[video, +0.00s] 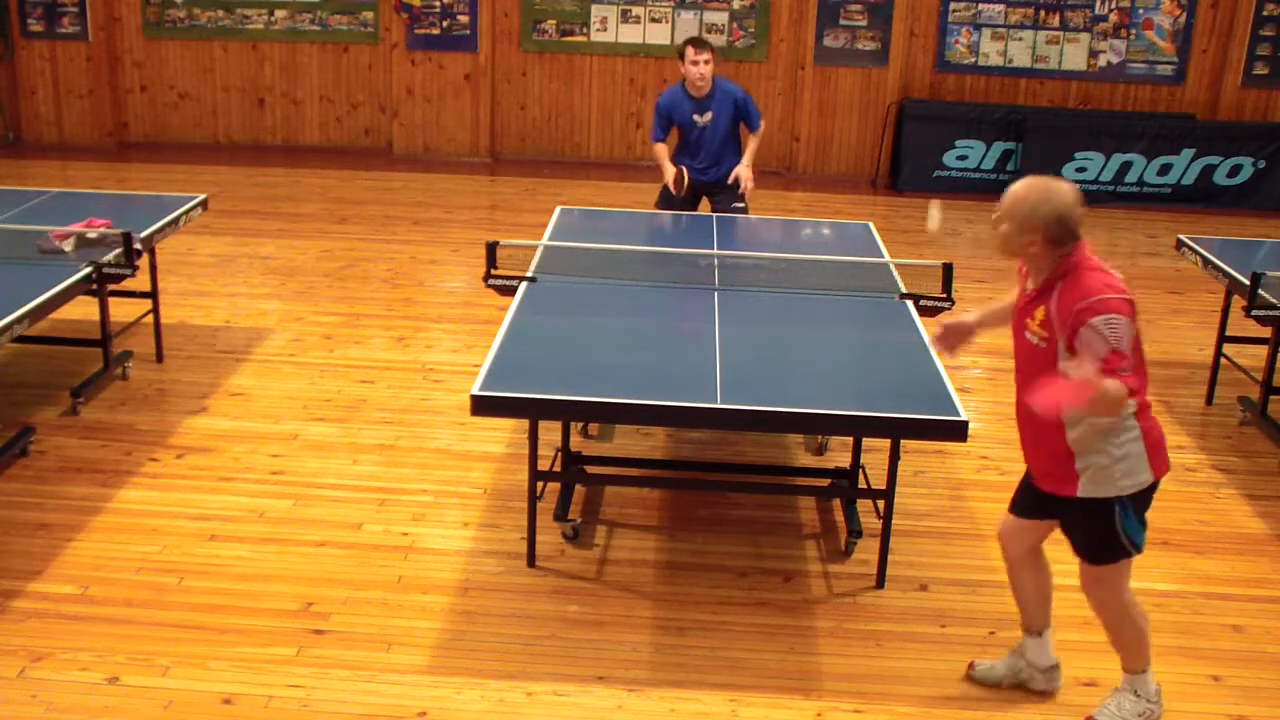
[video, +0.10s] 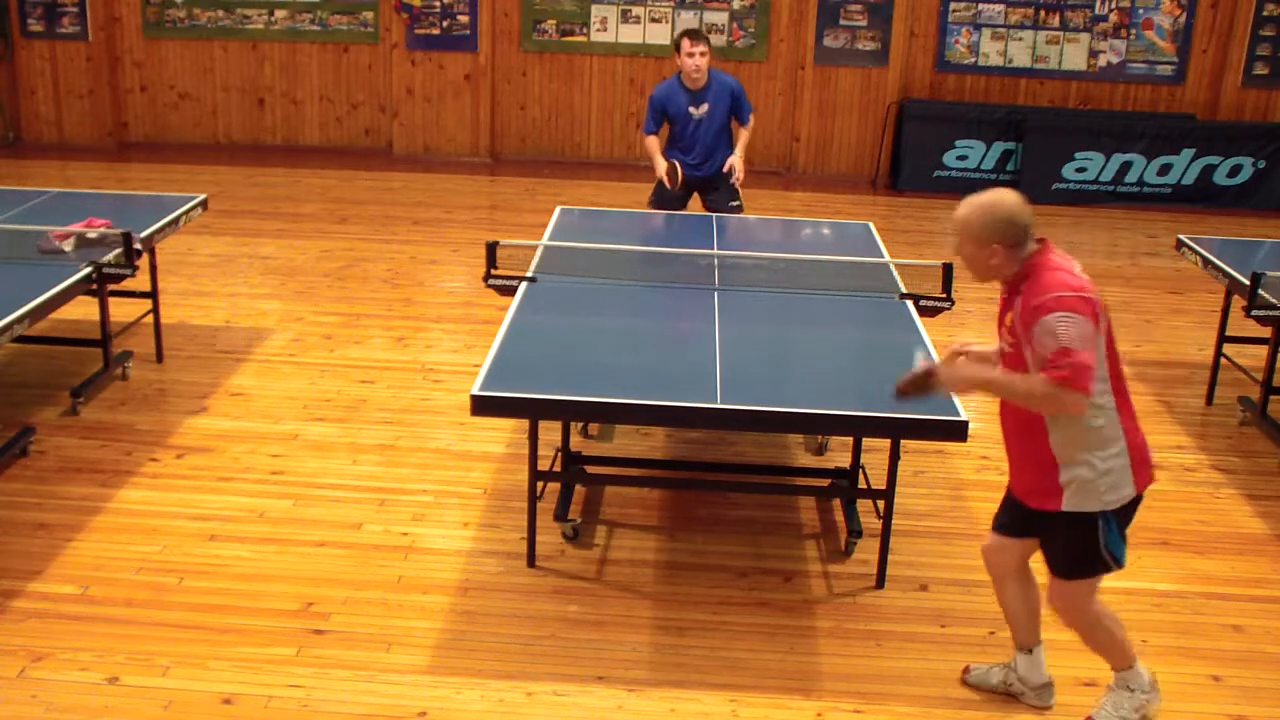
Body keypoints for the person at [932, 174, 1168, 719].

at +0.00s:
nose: (997, 225)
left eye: (1005, 222)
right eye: (1001, 217)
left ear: (1034, 244)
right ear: (1037, 242)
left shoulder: (1097, 298)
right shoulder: (1043, 266)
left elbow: (1119, 397)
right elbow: (1026, 307)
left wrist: (1084, 390)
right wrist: (972, 323)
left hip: (1109, 466)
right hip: (1059, 453)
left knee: (1106, 586)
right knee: (1016, 537)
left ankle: (1141, 691)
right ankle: (1037, 661)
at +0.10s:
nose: (959, 255)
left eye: (964, 247)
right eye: (959, 245)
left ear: (996, 253)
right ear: (1003, 247)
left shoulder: (1056, 297)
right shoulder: (1028, 277)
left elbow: (1070, 395)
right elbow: (1041, 357)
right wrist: (991, 357)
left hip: (1092, 477)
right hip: (1047, 464)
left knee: (1070, 599)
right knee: (1002, 552)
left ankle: (1136, 683)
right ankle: (1029, 672)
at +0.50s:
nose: (896, 220)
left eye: (898, 212)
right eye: (897, 212)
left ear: (905, 217)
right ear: (962, 217)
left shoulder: (907, 290)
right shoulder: (1003, 282)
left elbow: (846, 371)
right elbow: (1045, 355)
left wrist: (776, 317)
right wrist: (980, 357)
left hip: (922, 484)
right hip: (993, 477)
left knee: (835, 587)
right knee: (960, 565)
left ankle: (822, 710)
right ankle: (1013, 674)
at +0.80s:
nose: (829, 221)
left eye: (831, 214)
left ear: (833, 223)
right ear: (893, 228)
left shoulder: (799, 293)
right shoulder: (930, 304)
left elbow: (744, 384)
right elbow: (965, 392)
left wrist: (729, 371)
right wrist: (921, 400)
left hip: (808, 492)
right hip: (897, 497)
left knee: (732, 594)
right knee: (902, 588)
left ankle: (700, 712)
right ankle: (924, 710)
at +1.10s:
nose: (770, 216)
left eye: (773, 210)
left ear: (776, 220)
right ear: (839, 219)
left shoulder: (753, 296)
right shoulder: (884, 287)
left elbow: (699, 390)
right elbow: (934, 367)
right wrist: (900, 392)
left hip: (782, 495)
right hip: (875, 493)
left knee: (717, 595)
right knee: (889, 595)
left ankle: (694, 713)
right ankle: (919, 712)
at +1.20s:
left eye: (756, 230)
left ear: (756, 239)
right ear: (817, 233)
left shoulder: (750, 323)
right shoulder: (871, 292)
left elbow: (713, 428)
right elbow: (915, 363)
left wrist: (687, 423)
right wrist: (852, 362)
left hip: (796, 505)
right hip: (884, 499)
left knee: (709, 582)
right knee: (886, 597)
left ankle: (684, 711)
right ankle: (919, 711)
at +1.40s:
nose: (672, 300)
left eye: (671, 292)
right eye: (671, 291)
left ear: (681, 298)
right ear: (730, 270)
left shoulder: (734, 364)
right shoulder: (774, 291)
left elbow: (768, 471)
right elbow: (824, 304)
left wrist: (704, 524)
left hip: (818, 511)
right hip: (886, 482)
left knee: (702, 584)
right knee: (884, 601)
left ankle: (681, 709)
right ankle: (944, 704)